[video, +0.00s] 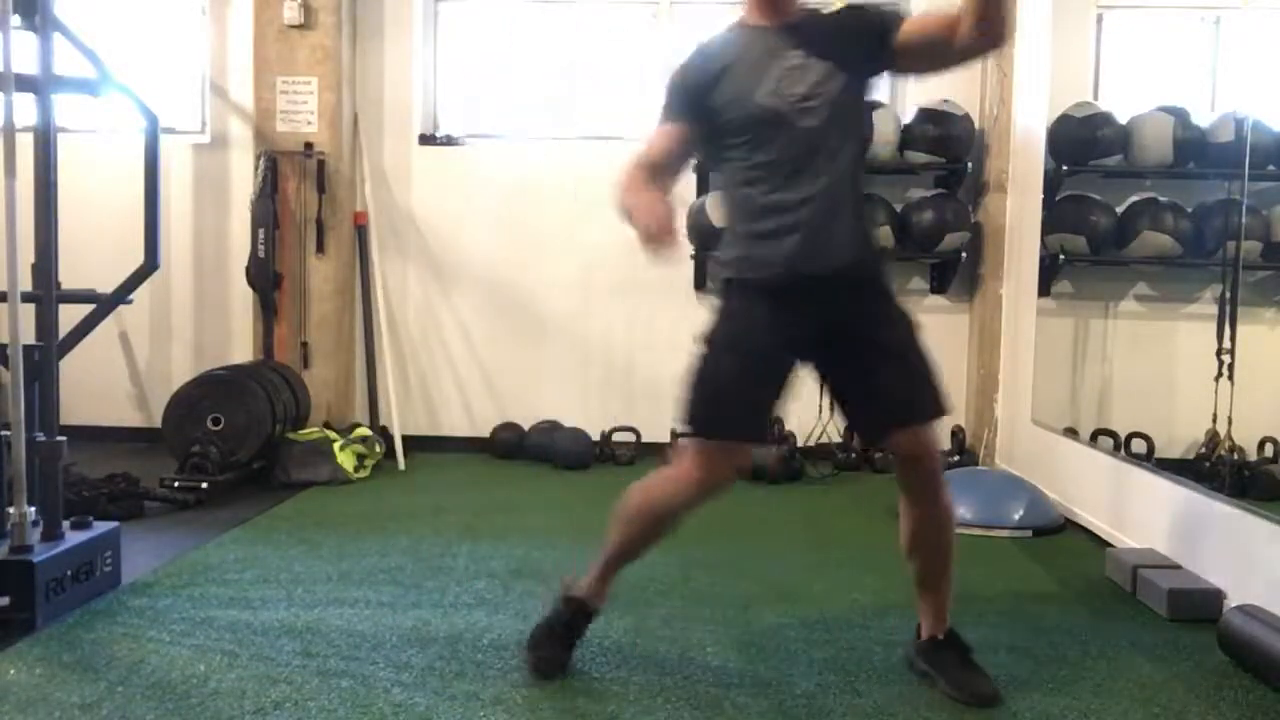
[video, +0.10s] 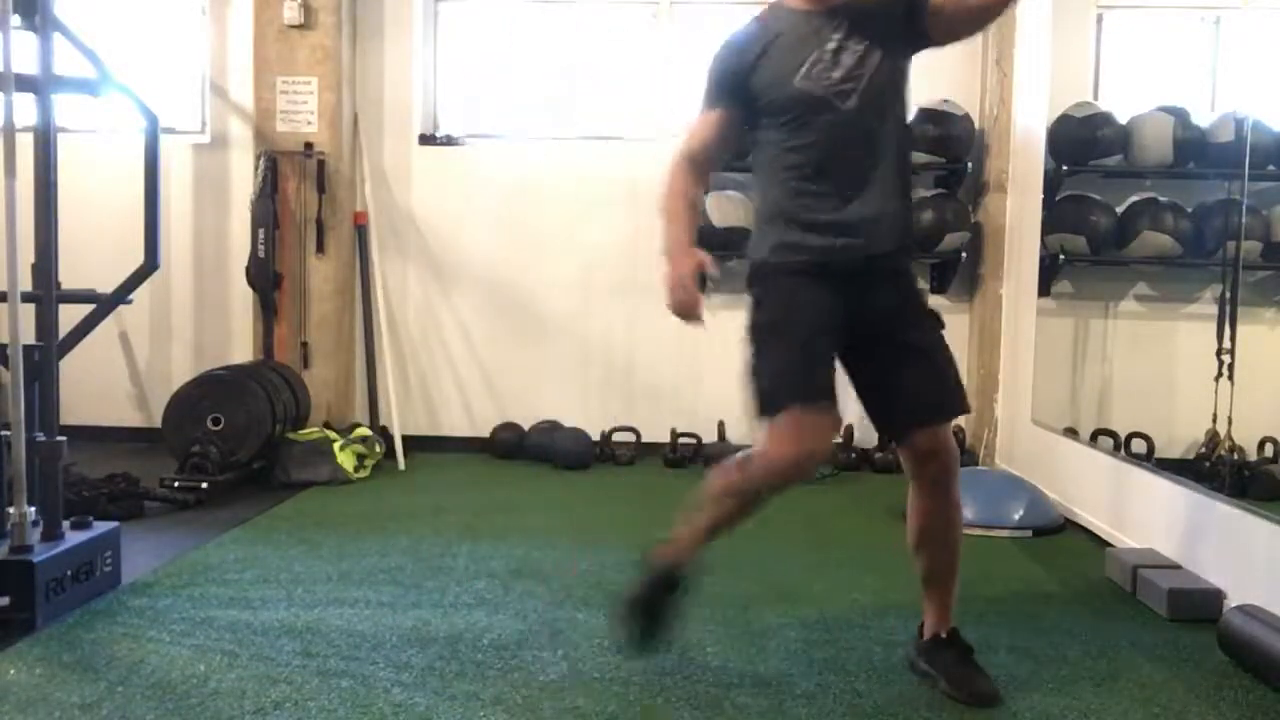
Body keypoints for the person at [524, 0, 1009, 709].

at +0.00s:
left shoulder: (848, 35)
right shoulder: (711, 67)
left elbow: (975, 33)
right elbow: (643, 175)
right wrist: (652, 213)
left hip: (853, 290)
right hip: (757, 297)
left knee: (921, 460)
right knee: (705, 466)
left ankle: (936, 638)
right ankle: (583, 598)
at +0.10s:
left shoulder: (891, 17)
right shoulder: (751, 46)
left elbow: (981, 7)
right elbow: (690, 163)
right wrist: (680, 249)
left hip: (882, 268)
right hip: (793, 271)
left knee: (935, 452)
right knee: (800, 441)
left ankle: (938, 637)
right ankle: (667, 564)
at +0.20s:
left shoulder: (919, 15)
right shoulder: (779, 21)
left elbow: (978, 9)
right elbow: (709, 146)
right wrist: (704, 250)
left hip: (900, 252)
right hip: (810, 235)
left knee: (933, 452)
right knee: (897, 346)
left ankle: (936, 636)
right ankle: (794, 515)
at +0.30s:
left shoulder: (922, 14)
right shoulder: (788, 30)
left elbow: (973, 34)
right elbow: (713, 144)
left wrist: (999, 15)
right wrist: (711, 250)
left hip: (912, 251)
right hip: (817, 241)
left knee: (943, 440)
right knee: (959, 214)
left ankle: (937, 634)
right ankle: (882, 435)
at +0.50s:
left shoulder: (932, 46)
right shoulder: (793, 54)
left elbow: (989, 101)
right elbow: (715, 160)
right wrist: (698, 265)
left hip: (912, 281)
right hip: (821, 270)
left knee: (972, 465)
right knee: (983, 219)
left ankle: (938, 636)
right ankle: (920, 447)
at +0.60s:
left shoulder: (923, 36)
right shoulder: (788, 42)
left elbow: (989, 85)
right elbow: (707, 154)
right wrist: (696, 247)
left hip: (904, 265)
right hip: (819, 258)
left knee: (966, 458)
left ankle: (938, 637)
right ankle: (848, 538)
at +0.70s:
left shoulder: (901, 28)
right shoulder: (770, 38)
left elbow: (968, 72)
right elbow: (683, 153)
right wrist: (695, 225)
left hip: (895, 274)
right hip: (806, 270)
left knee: (952, 458)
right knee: (867, 436)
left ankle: (939, 639)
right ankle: (743, 587)